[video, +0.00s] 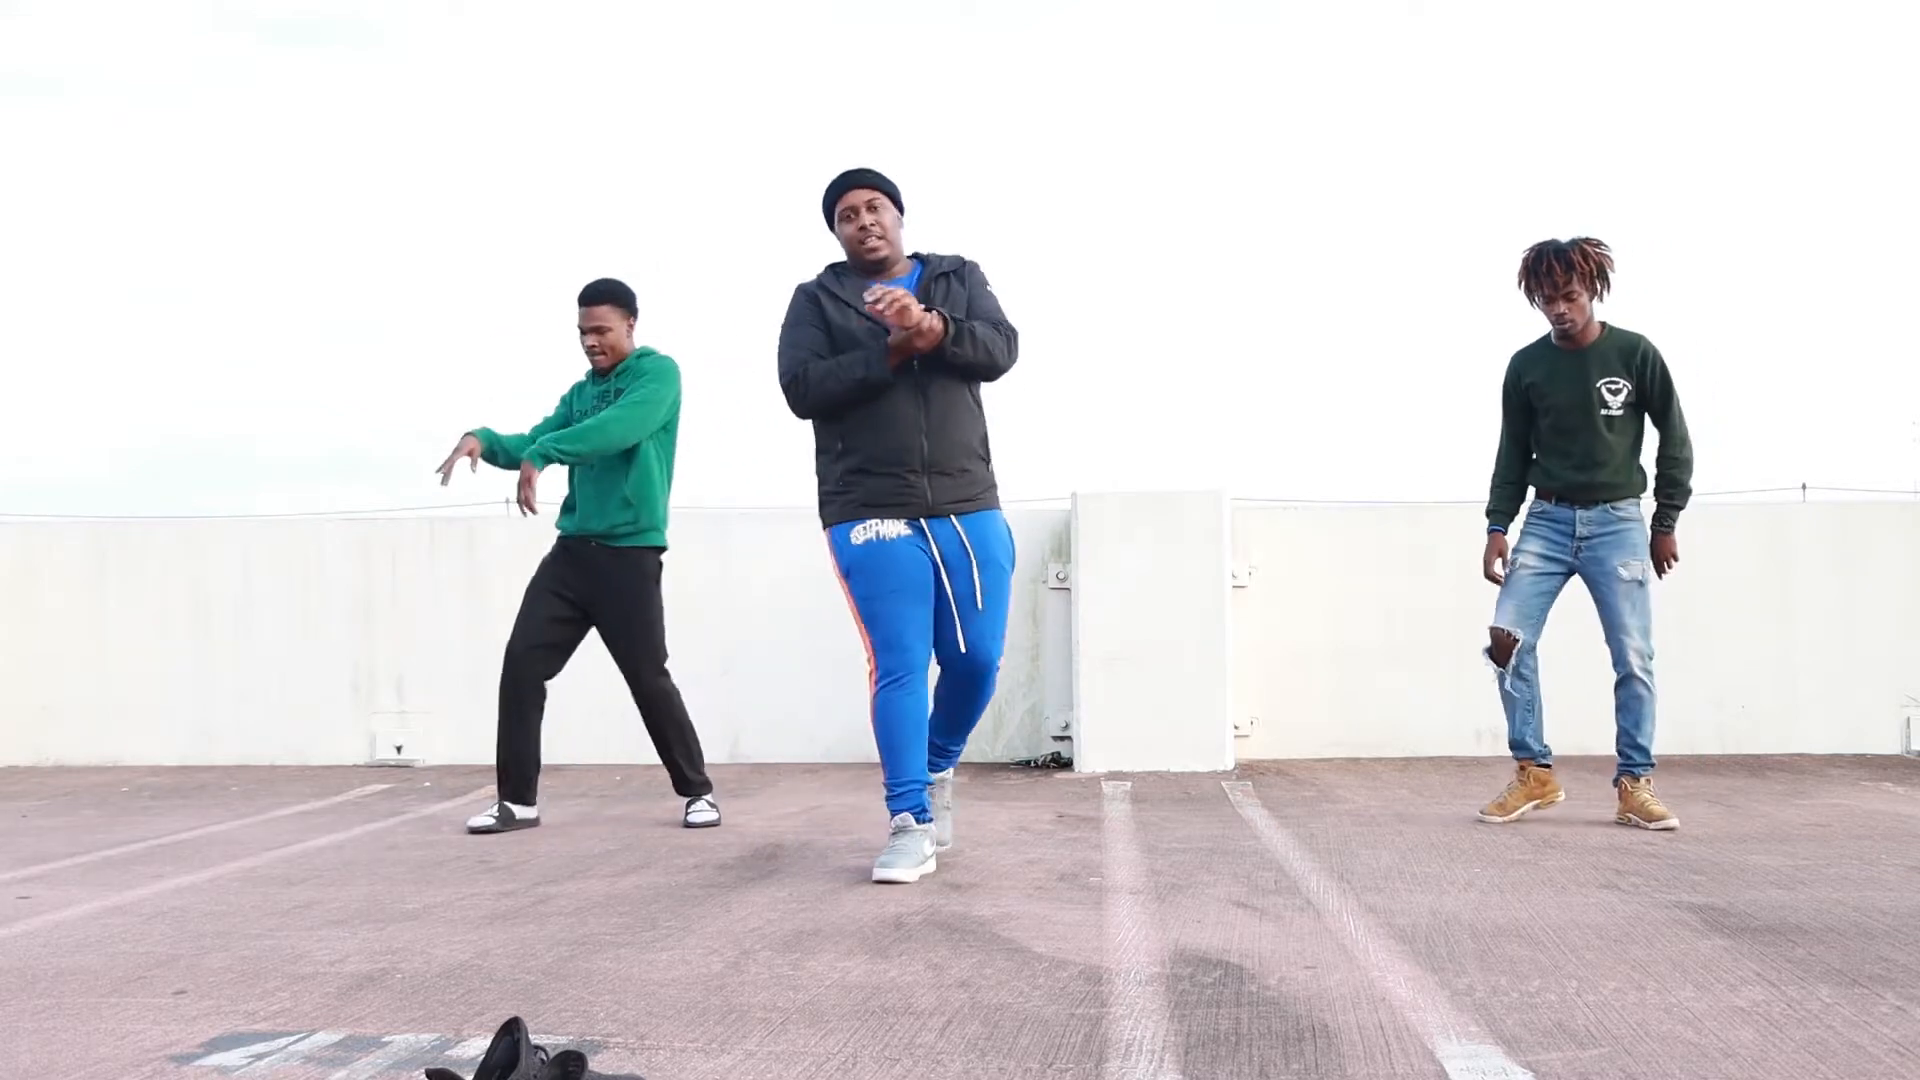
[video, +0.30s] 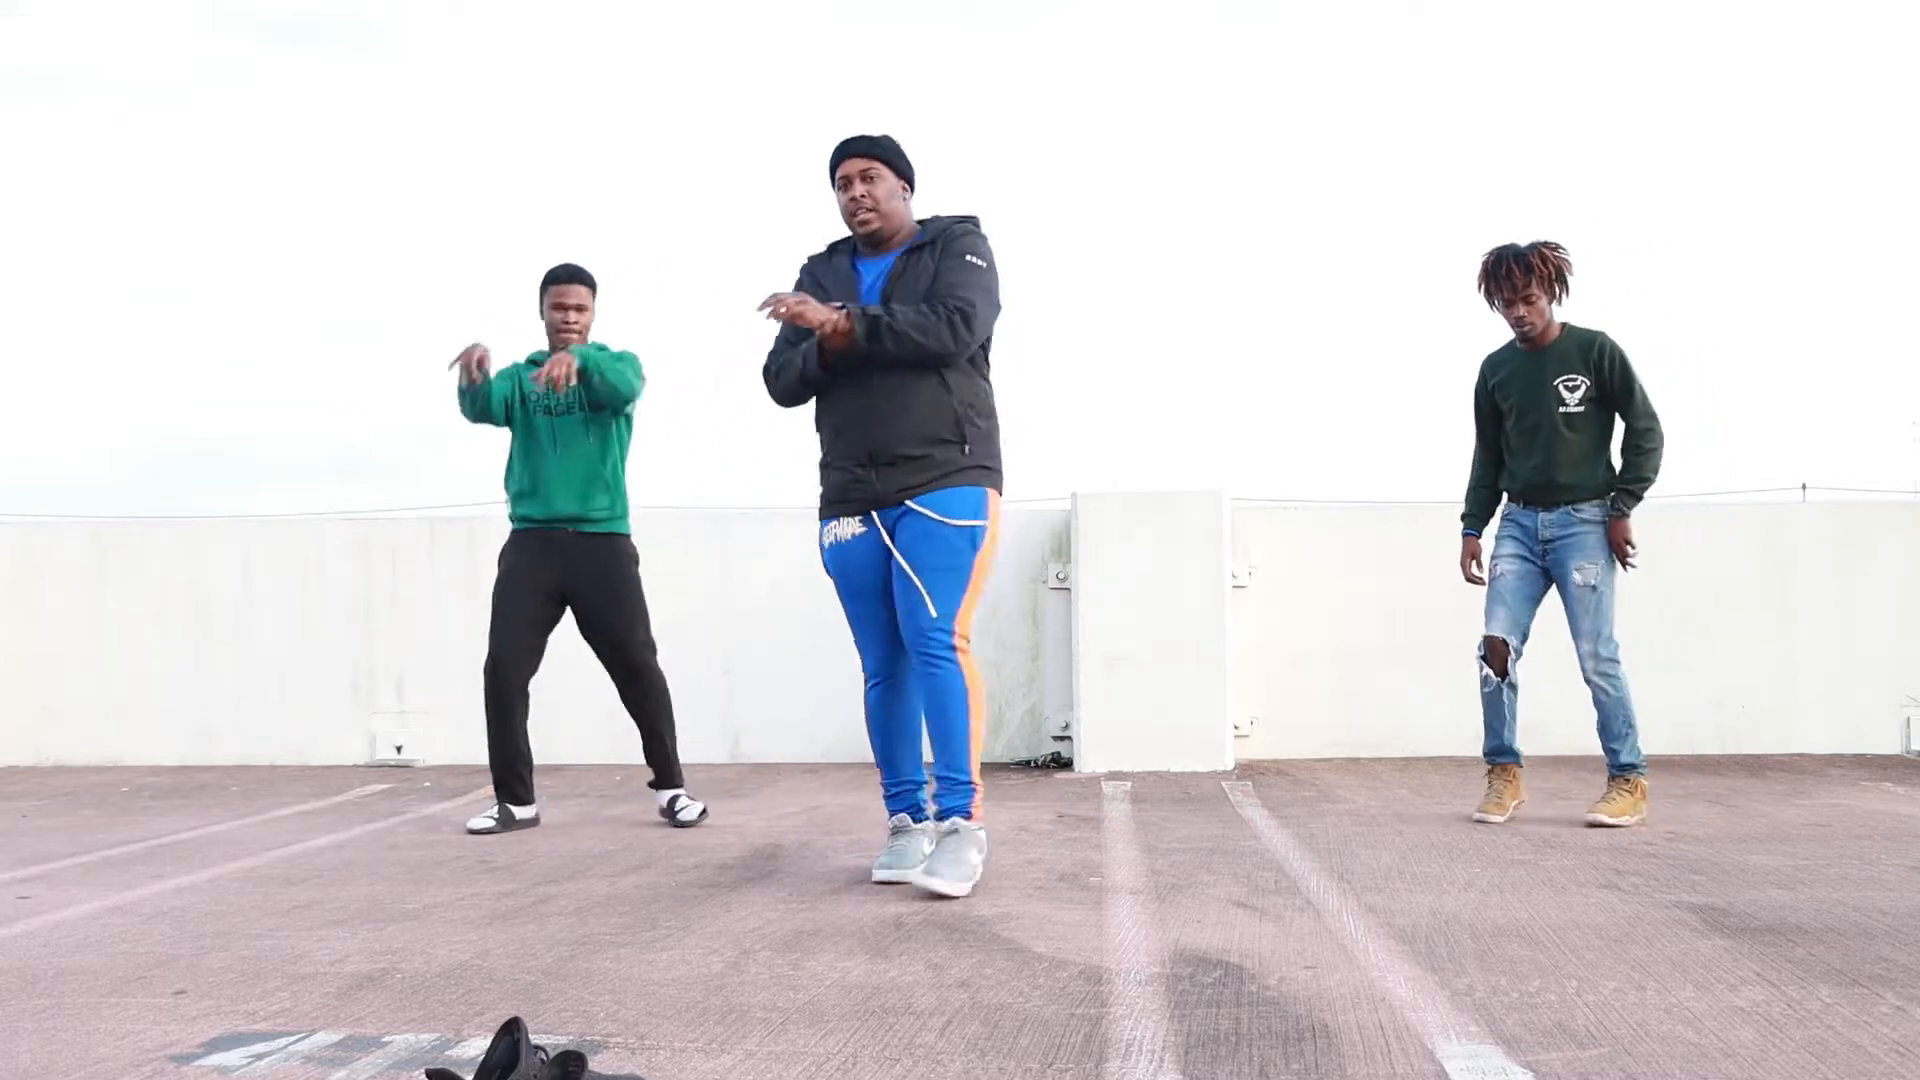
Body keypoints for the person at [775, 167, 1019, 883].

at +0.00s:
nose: (865, 220)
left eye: (874, 208)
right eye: (850, 216)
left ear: (900, 216)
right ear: (836, 236)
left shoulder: (956, 277)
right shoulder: (817, 300)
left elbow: (999, 350)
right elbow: (803, 391)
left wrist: (938, 331)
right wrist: (892, 349)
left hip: (966, 497)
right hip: (870, 504)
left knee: (978, 659)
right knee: (900, 662)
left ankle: (935, 767)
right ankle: (909, 823)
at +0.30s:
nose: (856, 191)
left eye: (868, 177)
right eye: (845, 185)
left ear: (905, 185)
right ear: (837, 203)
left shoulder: (955, 241)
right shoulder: (822, 271)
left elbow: (952, 330)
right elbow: (781, 382)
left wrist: (835, 318)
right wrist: (825, 341)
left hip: (944, 480)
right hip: (851, 492)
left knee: (932, 640)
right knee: (882, 665)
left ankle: (957, 825)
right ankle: (907, 825)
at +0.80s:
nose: (824, 191)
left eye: (834, 177)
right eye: (824, 178)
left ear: (876, 177)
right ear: (876, 180)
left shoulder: (892, 230)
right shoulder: (879, 240)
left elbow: (833, 335)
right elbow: (858, 365)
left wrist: (749, 355)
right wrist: (778, 358)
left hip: (913, 478)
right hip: (869, 483)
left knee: (900, 655)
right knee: (808, 637)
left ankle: (947, 844)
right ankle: (828, 821)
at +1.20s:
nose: (775, 208)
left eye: (784, 196)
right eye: (780, 195)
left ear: (815, 201)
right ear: (842, 205)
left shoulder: (801, 261)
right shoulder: (880, 282)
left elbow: (741, 359)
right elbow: (835, 373)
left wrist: (700, 395)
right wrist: (744, 374)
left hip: (815, 491)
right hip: (856, 489)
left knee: (813, 666)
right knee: (762, 661)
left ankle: (928, 831)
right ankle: (784, 830)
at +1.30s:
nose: (759, 208)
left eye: (767, 197)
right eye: (763, 196)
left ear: (799, 203)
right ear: (823, 207)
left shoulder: (782, 261)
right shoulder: (864, 281)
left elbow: (716, 364)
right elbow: (825, 369)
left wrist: (681, 384)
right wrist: (732, 354)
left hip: (796, 483)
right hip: (862, 493)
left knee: (742, 651)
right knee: (773, 657)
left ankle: (871, 794)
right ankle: (783, 831)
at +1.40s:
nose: (742, 207)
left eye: (750, 195)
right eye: (745, 195)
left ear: (780, 200)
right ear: (806, 205)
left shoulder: (759, 261)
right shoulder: (851, 283)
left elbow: (693, 372)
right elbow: (804, 370)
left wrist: (669, 379)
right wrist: (706, 360)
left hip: (773, 482)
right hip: (849, 493)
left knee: (698, 641)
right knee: (777, 657)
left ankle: (788, 799)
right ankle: (788, 835)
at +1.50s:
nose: (724, 205)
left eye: (730, 194)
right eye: (726, 193)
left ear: (758, 198)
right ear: (793, 203)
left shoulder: (733, 257)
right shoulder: (839, 281)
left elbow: (678, 363)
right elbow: (819, 373)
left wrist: (662, 392)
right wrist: (718, 389)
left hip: (748, 481)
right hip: (835, 488)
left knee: (682, 640)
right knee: (781, 652)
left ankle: (703, 819)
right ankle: (787, 831)